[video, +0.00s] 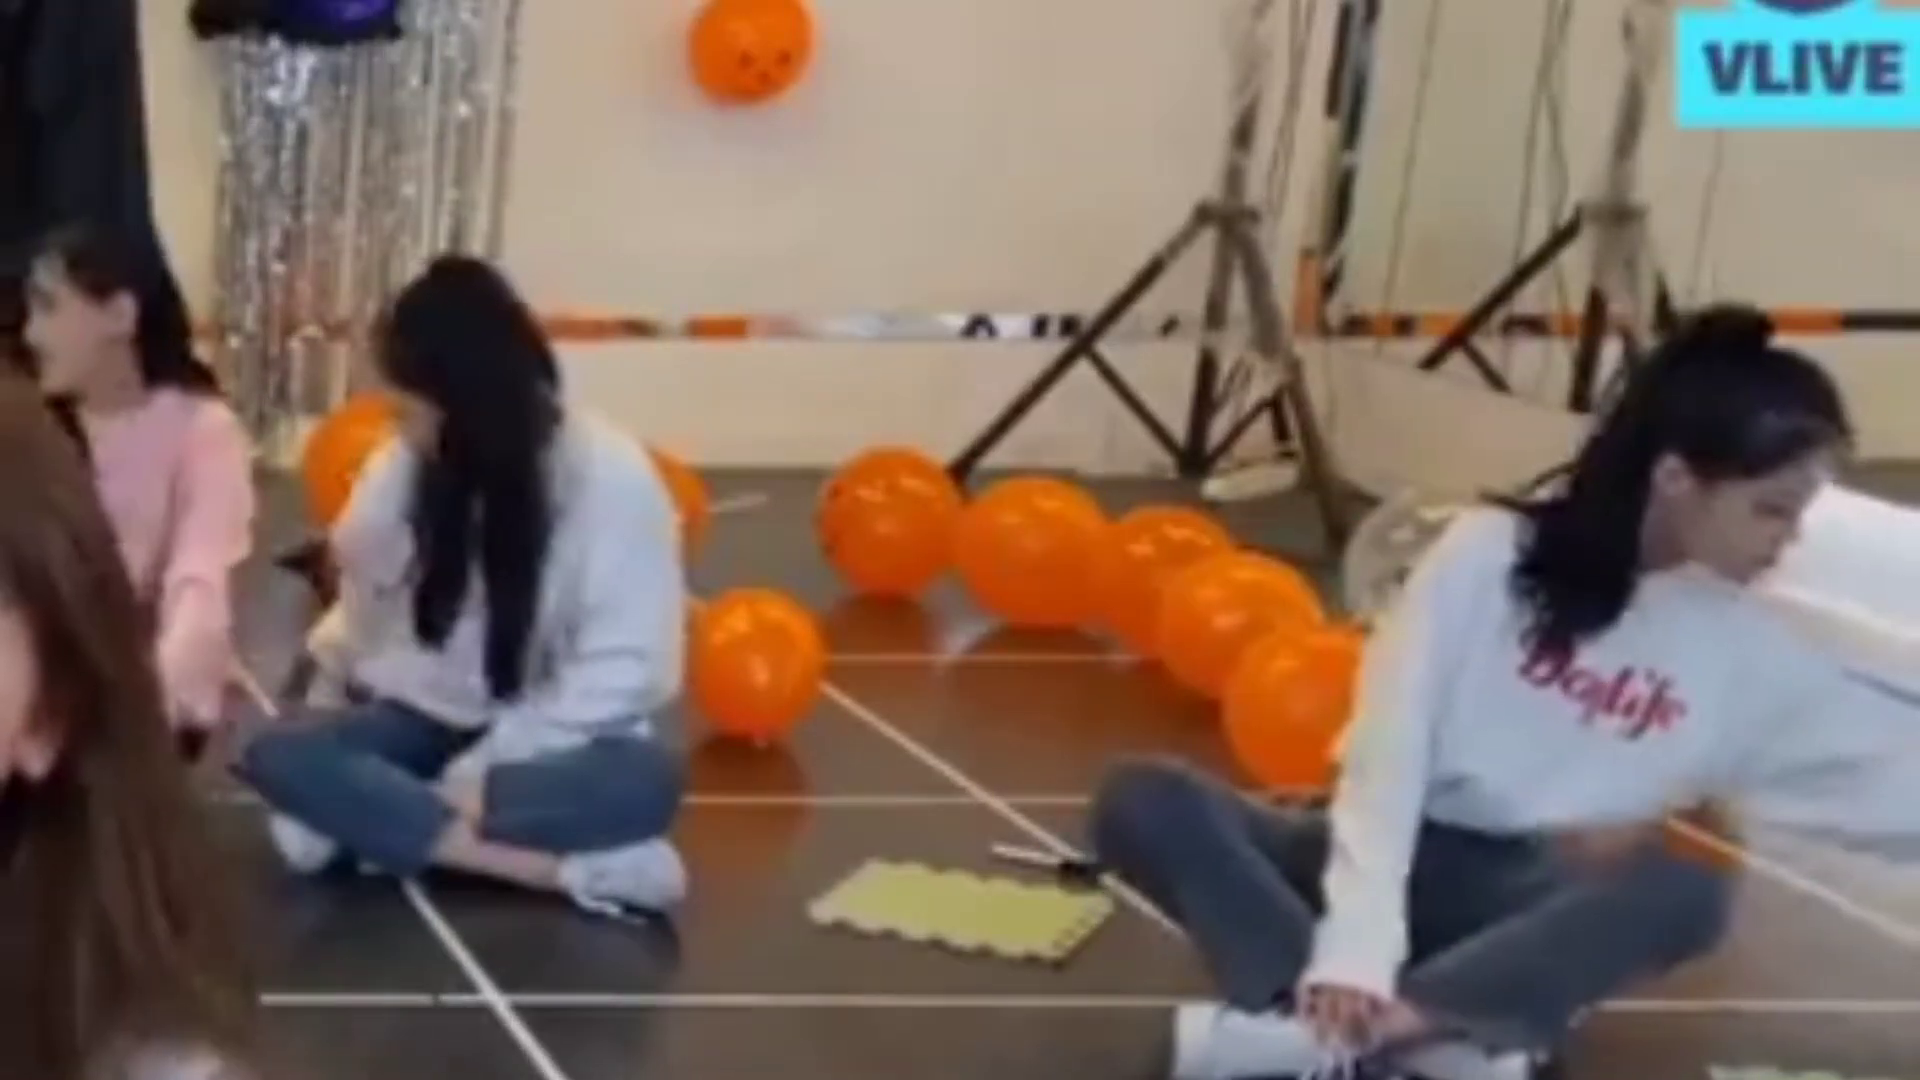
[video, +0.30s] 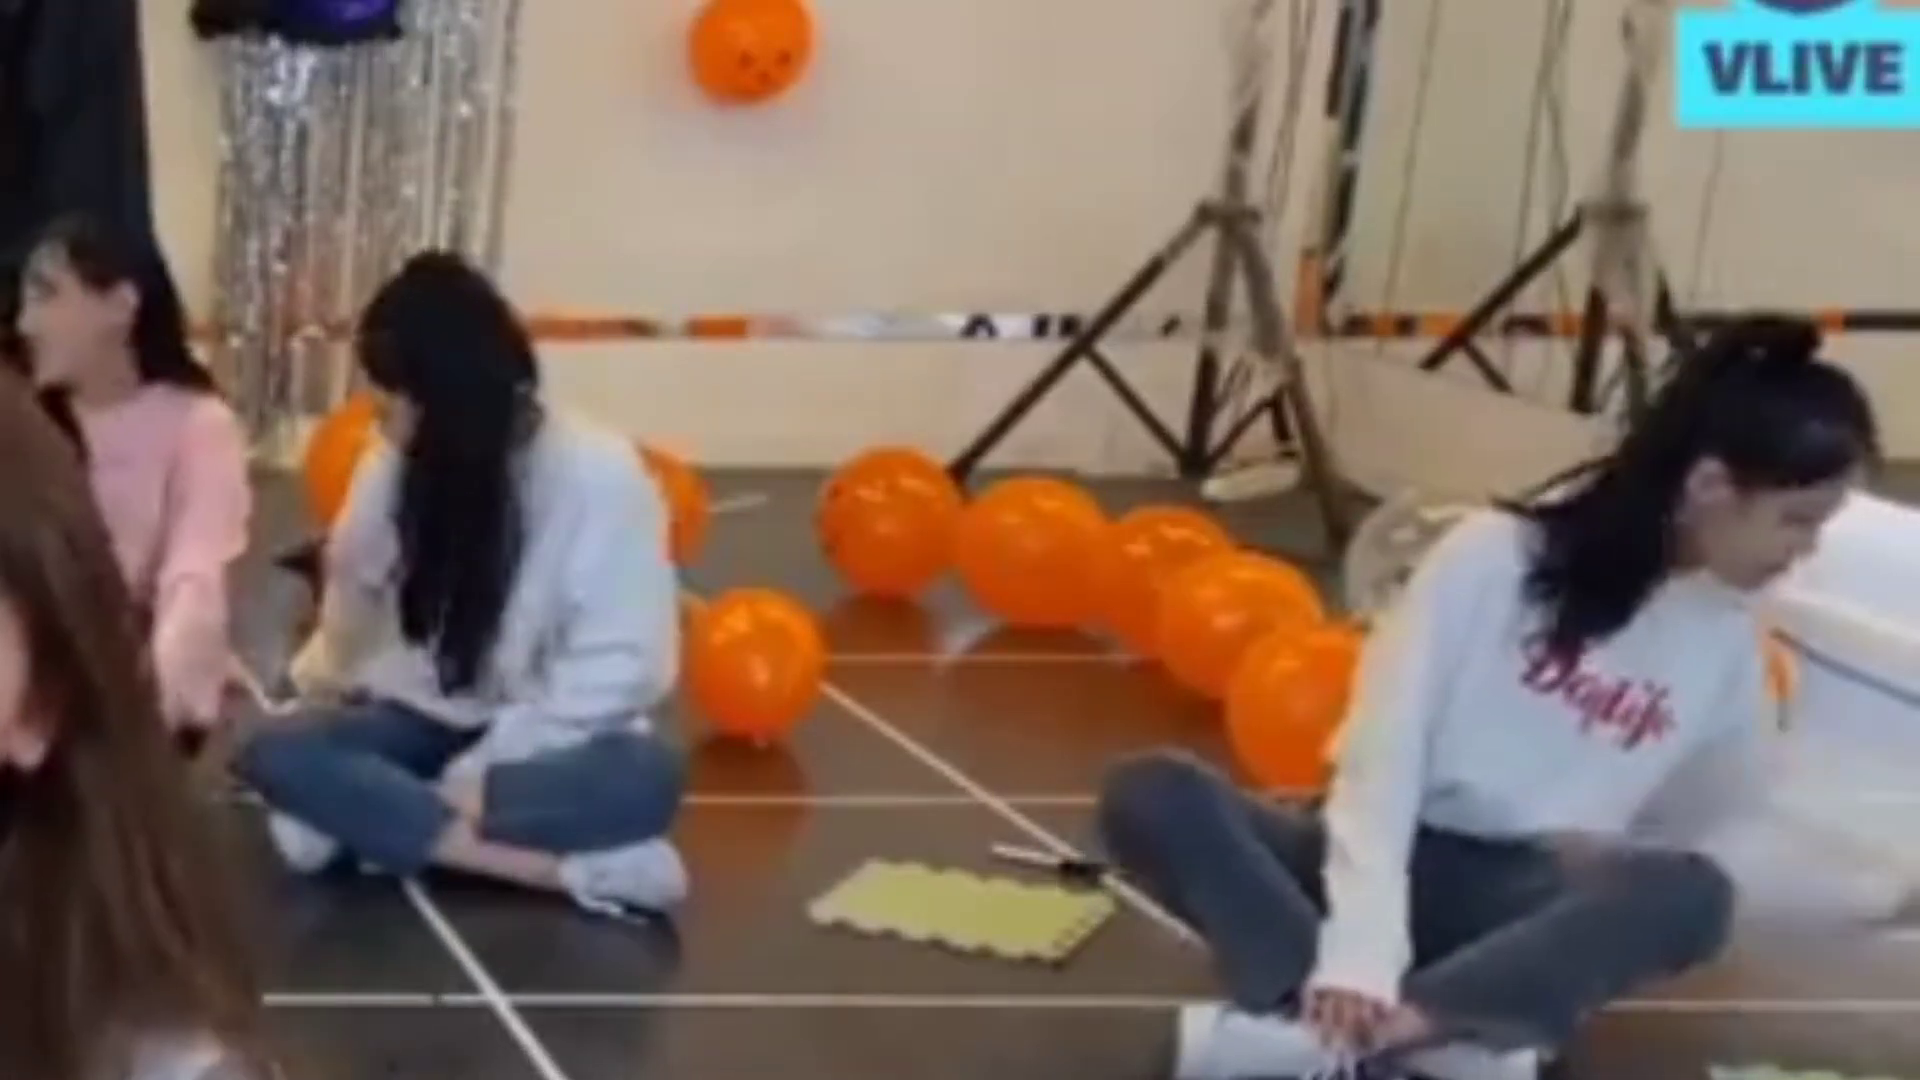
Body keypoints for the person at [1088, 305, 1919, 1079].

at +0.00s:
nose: (1796, 529)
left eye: (1807, 502)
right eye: (1777, 503)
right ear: (1676, 481)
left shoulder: (1745, 657)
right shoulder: (1482, 553)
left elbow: (1901, 766)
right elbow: (1382, 758)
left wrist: (1703, 810)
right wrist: (1355, 950)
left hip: (1513, 887)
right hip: (1366, 850)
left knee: (1687, 893)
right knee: (1139, 795)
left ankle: (1326, 1038)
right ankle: (1410, 1045)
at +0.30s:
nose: (1808, 549)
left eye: (1821, 524)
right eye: (1797, 519)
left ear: (1710, 489)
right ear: (1707, 485)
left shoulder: (1727, 650)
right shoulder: (1488, 556)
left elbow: (1705, 833)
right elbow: (1376, 759)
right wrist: (1360, 950)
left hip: (1511, 886)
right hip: (1366, 852)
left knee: (1693, 894)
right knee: (1147, 791)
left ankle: (1332, 1039)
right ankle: (1404, 1043)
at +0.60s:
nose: (1795, 538)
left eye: (1810, 512)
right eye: (1788, 508)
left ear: (1711, 489)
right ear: (1699, 480)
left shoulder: (1731, 647)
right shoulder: (1471, 555)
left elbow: (1893, 772)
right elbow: (1366, 760)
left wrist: (1740, 816)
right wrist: (1351, 952)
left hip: (1503, 892)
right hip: (1359, 852)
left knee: (1689, 897)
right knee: (1142, 792)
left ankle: (1322, 1042)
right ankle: (1407, 1047)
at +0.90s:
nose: (1786, 541)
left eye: (1799, 515)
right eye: (1779, 511)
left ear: (1697, 490)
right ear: (1691, 483)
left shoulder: (1693, 630)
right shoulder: (1463, 562)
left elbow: (1649, 811)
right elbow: (1346, 775)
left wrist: (1802, 787)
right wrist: (1364, 952)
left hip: (1501, 891)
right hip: (1355, 861)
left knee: (1698, 893)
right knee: (1137, 801)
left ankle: (1330, 1043)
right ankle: (1403, 1044)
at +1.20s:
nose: (1651, 495)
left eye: (1667, 468)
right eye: (1633, 464)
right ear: (1535, 433)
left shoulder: (1652, 597)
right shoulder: (1373, 564)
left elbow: (1702, 799)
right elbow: (1326, 793)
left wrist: (1871, 878)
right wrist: (1472, 876)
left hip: (1512, 904)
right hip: (1346, 884)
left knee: (1670, 887)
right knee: (1104, 833)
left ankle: (1316, 1032)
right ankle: (1396, 1049)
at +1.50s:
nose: (1585, 491)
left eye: (1609, 464)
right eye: (1563, 457)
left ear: (1629, 454)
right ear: (1464, 427)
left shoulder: (1619, 603)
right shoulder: (1319, 571)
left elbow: (1751, 773)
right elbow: (1229, 770)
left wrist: (1902, 829)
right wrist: (1286, 917)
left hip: (1469, 906)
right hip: (1300, 882)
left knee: (1670, 879)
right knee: (1086, 851)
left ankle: (1310, 1038)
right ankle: (1399, 1044)